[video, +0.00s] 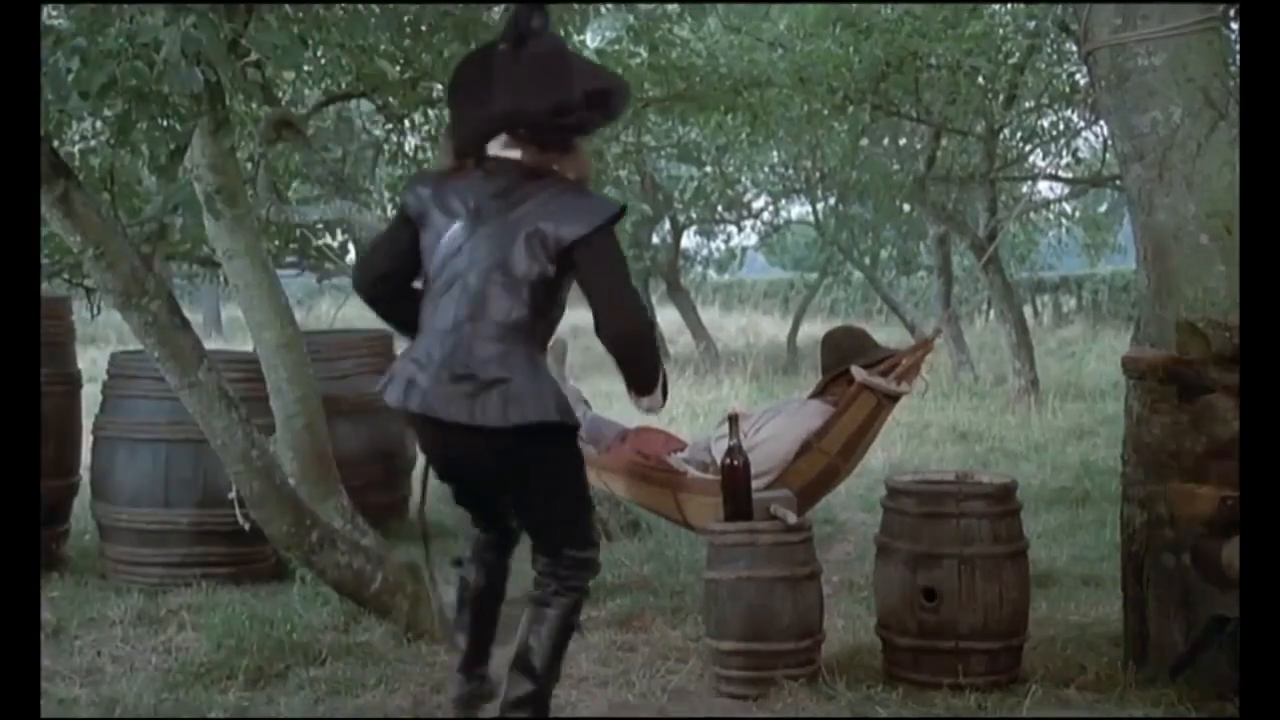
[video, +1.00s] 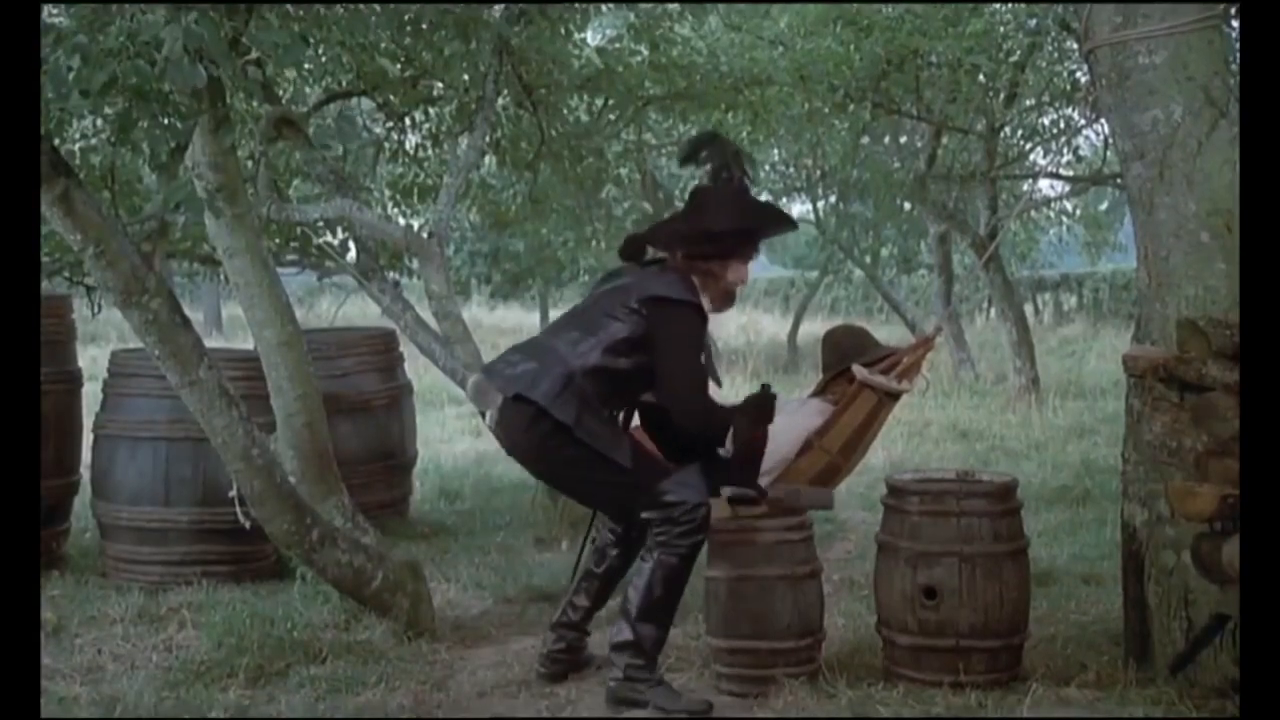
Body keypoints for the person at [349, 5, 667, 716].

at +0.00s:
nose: (589, 146)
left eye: (587, 132)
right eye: (583, 134)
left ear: (490, 129)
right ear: (562, 135)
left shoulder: (438, 193)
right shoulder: (573, 209)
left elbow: (373, 274)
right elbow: (621, 317)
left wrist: (432, 330)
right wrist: (646, 379)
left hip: (431, 410)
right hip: (519, 414)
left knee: (491, 528)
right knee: (568, 555)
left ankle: (469, 682)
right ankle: (525, 702)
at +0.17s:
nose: (615, 184)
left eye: (614, 169)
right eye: (612, 170)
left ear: (545, 160)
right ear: (592, 166)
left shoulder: (507, 216)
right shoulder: (587, 223)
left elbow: (526, 347)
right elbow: (611, 346)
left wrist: (602, 373)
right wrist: (641, 370)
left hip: (459, 411)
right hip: (519, 414)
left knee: (534, 531)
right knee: (642, 500)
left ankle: (486, 680)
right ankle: (582, 664)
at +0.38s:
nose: (680, 218)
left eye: (679, 204)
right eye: (677, 204)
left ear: (614, 195)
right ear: (663, 200)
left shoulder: (586, 240)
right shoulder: (645, 246)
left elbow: (637, 390)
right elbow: (659, 361)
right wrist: (696, 385)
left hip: (493, 401)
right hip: (535, 409)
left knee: (595, 481)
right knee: (662, 506)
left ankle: (534, 637)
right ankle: (631, 677)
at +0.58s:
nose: (727, 292)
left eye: (729, 278)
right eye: (724, 278)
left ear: (669, 265)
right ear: (697, 273)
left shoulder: (633, 300)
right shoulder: (669, 310)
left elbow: (672, 435)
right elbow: (691, 425)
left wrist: (761, 498)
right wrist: (732, 426)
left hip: (510, 436)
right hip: (541, 443)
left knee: (627, 511)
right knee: (686, 514)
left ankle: (563, 647)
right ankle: (633, 675)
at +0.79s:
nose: (738, 293)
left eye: (740, 280)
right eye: (736, 280)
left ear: (678, 268)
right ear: (707, 277)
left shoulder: (631, 299)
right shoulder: (670, 314)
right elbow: (687, 434)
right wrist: (732, 436)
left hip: (516, 436)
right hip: (544, 444)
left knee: (634, 513)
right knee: (688, 515)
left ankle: (564, 647)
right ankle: (633, 677)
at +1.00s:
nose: (748, 276)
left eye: (750, 262)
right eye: (746, 260)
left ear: (693, 254)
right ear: (716, 259)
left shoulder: (644, 285)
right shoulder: (676, 302)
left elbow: (652, 410)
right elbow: (689, 416)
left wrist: (699, 463)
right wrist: (732, 424)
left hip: (518, 409)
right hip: (543, 416)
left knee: (635, 510)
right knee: (682, 511)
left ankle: (563, 646)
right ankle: (634, 675)